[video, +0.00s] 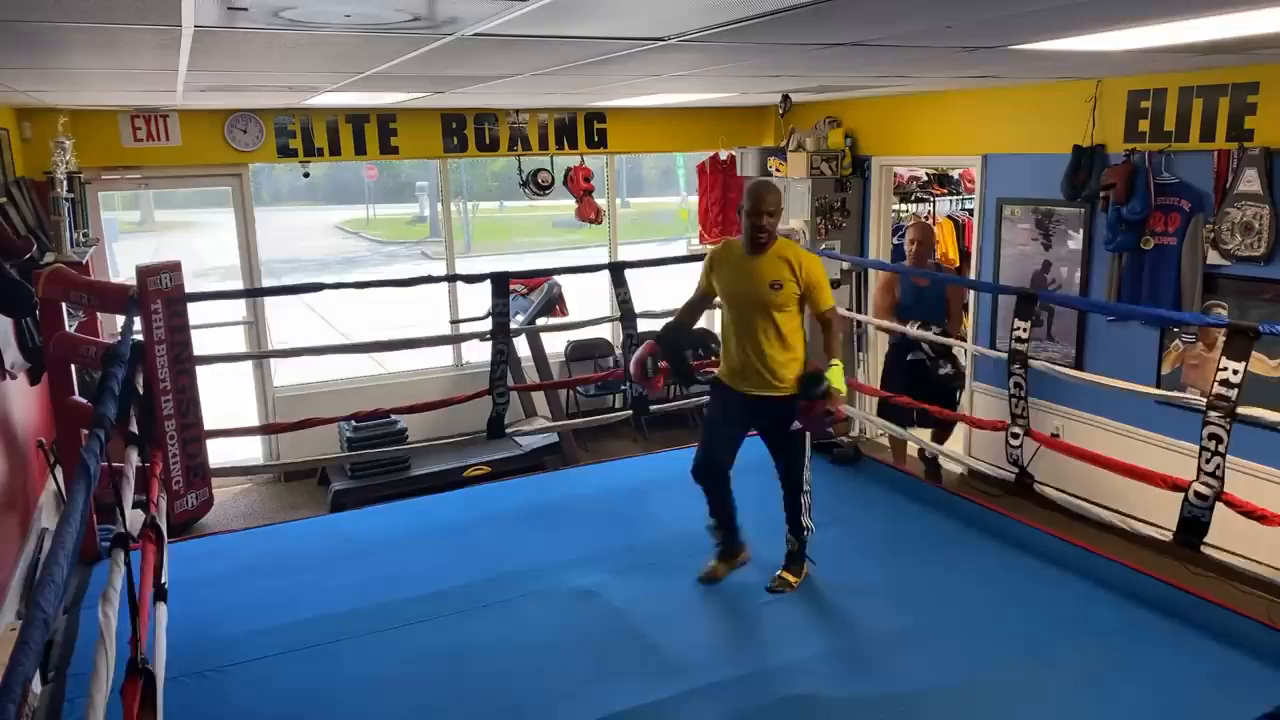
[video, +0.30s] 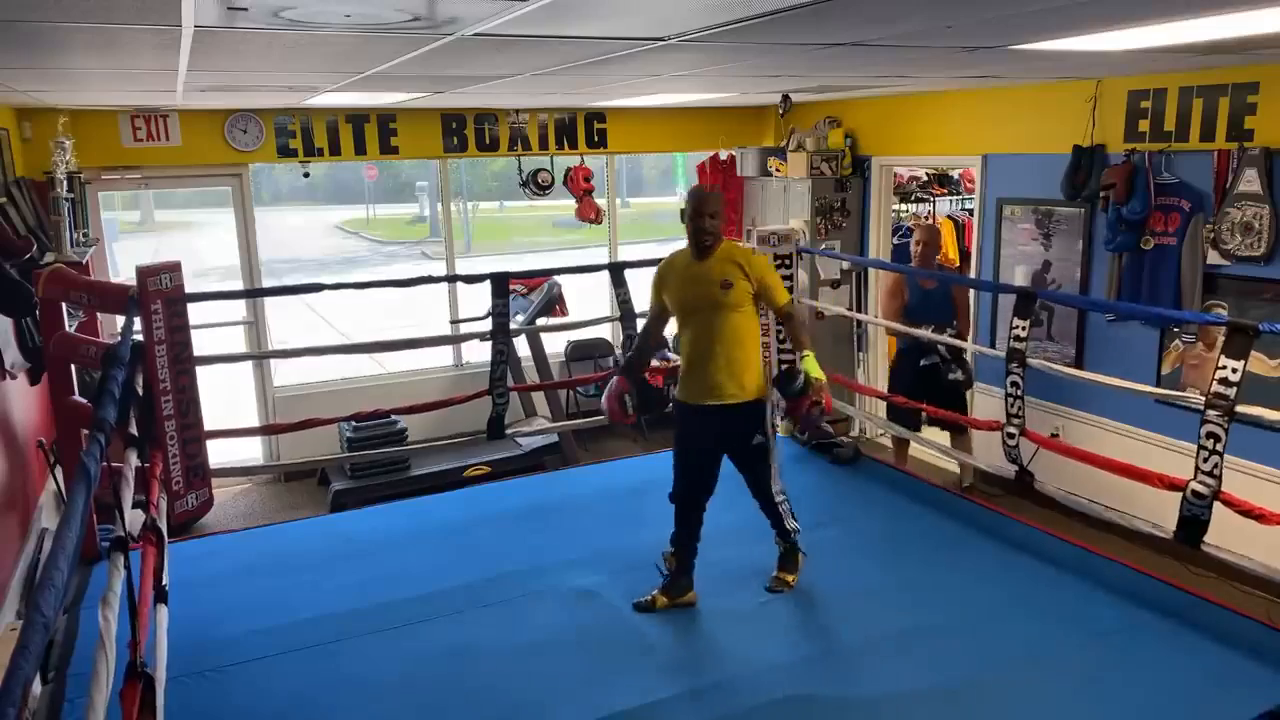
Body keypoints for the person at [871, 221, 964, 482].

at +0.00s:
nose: (912, 248)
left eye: (919, 243)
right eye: (910, 242)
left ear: (932, 246)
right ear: (904, 243)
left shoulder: (949, 278)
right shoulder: (891, 275)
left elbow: (955, 322)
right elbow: (881, 318)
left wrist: (942, 336)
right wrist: (909, 330)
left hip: (938, 355)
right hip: (902, 353)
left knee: (948, 415)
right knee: (896, 416)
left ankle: (931, 452)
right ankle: (899, 473)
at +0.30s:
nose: (918, 249)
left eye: (924, 244)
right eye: (915, 243)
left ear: (937, 248)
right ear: (910, 244)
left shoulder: (953, 280)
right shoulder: (897, 277)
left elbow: (963, 323)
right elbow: (890, 323)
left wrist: (954, 353)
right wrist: (921, 334)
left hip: (945, 360)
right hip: (909, 358)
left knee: (958, 423)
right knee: (901, 422)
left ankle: (967, 482)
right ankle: (900, 477)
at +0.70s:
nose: (958, 250)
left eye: (966, 246)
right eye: (957, 244)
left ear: (979, 252)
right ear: (951, 246)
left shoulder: (992, 283)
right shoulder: (934, 280)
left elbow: (1000, 330)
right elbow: (924, 323)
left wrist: (982, 346)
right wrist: (956, 340)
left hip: (980, 368)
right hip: (942, 364)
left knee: (980, 434)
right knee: (923, 425)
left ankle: (974, 490)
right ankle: (906, 473)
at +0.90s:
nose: (975, 252)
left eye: (983, 248)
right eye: (974, 245)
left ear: (995, 254)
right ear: (966, 245)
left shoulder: (1007, 284)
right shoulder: (948, 281)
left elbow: (1012, 327)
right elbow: (935, 324)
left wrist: (999, 348)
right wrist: (968, 341)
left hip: (991, 368)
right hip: (955, 365)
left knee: (987, 434)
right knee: (941, 428)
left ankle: (974, 489)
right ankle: (924, 480)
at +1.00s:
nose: (979, 252)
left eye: (987, 248)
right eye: (977, 245)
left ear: (1001, 253)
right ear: (970, 246)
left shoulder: (1011, 285)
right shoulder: (952, 281)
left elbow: (1017, 327)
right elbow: (939, 324)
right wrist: (974, 345)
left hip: (995, 370)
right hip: (957, 368)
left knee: (987, 437)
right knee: (952, 435)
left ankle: (976, 491)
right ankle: (947, 492)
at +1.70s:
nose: (984, 258)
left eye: (991, 253)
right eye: (980, 251)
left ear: (1002, 256)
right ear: (971, 252)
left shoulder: (1017, 287)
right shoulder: (955, 289)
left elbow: (1030, 330)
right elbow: (943, 334)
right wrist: (975, 343)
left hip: (1005, 375)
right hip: (967, 373)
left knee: (1013, 438)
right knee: (956, 437)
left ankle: (1021, 508)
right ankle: (954, 496)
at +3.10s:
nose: (1011, 260)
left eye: (1017, 254)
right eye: (1006, 254)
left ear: (1033, 255)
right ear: (1000, 257)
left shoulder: (1056, 290)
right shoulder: (990, 288)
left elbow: (1064, 340)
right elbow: (978, 334)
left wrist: (1053, 357)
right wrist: (1005, 351)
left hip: (1037, 384)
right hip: (994, 380)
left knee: (1032, 452)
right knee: (981, 447)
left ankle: (1022, 513)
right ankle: (972, 506)